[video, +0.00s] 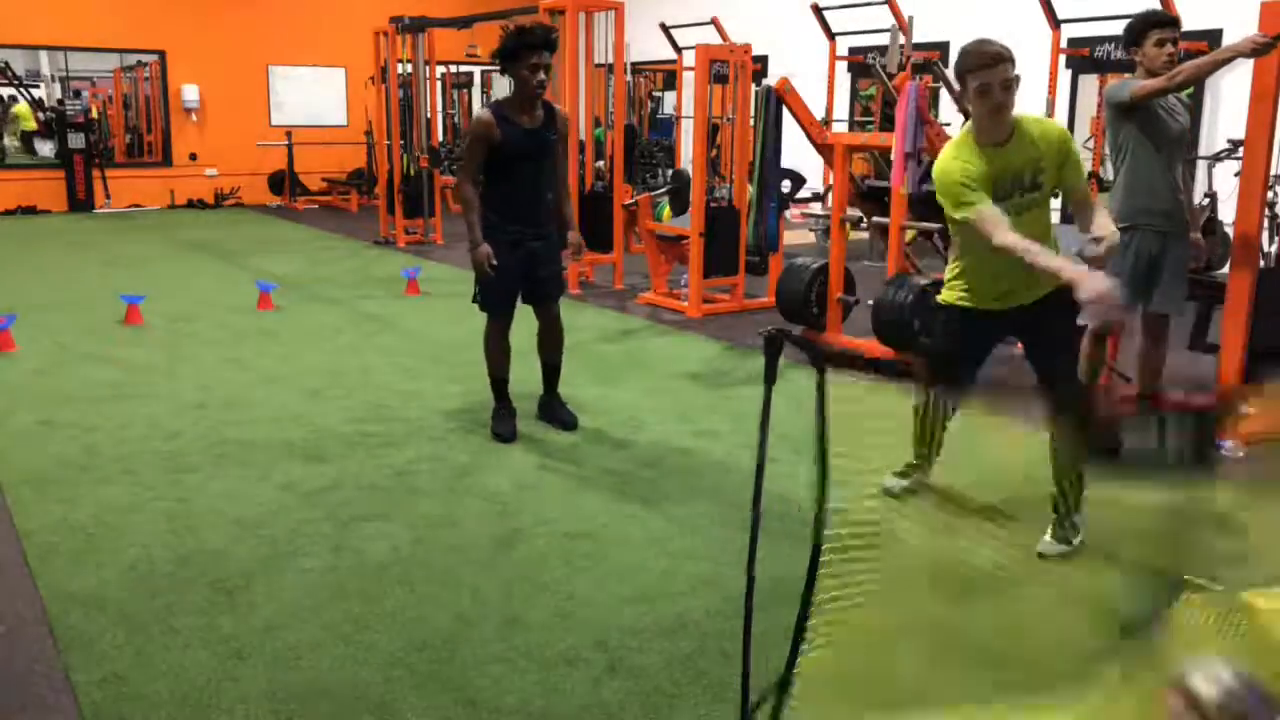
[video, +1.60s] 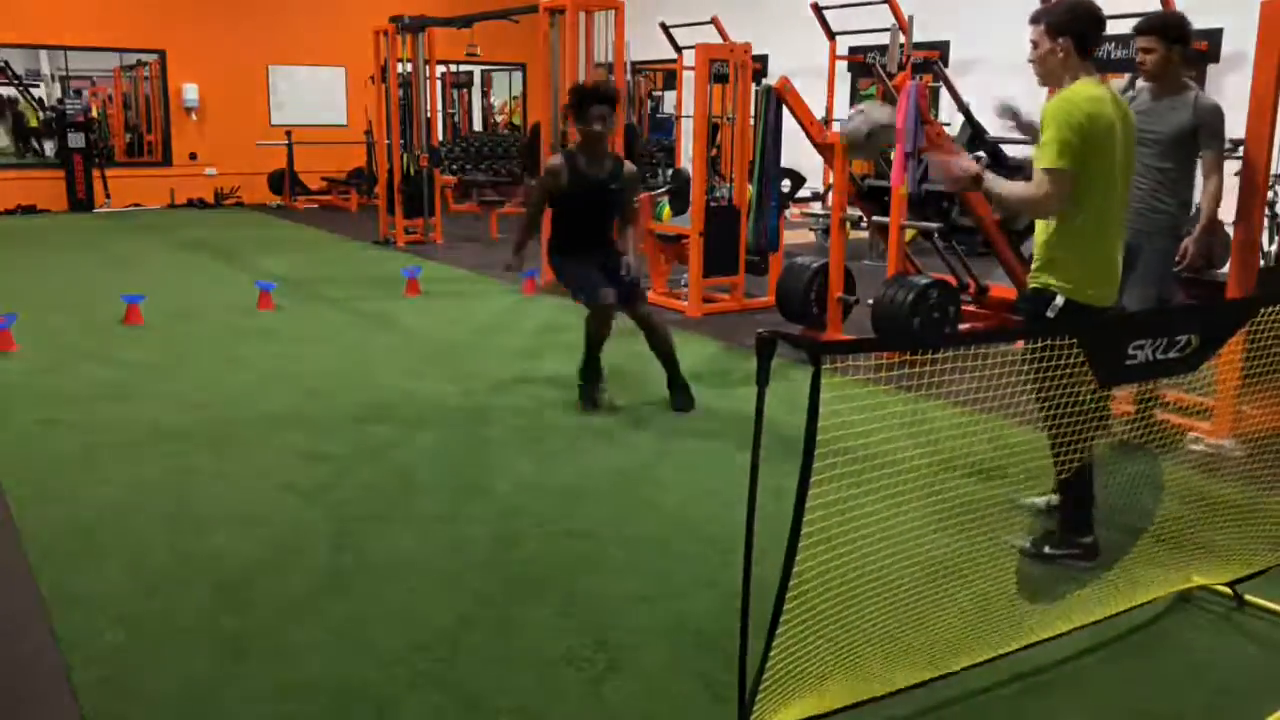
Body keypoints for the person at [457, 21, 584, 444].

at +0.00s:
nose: (540, 78)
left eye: (545, 69)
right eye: (531, 69)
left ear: (551, 72)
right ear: (509, 70)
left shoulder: (556, 121)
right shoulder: (487, 123)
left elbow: (560, 181)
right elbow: (467, 182)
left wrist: (570, 227)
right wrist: (476, 242)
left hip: (544, 240)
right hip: (500, 242)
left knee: (550, 318)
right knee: (498, 325)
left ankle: (551, 398)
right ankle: (502, 406)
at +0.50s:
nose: (564, 84)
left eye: (567, 77)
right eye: (554, 77)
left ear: (572, 84)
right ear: (531, 86)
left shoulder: (574, 136)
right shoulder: (508, 139)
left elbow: (590, 174)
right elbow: (479, 186)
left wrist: (609, 183)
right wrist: (483, 238)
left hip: (555, 238)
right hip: (513, 241)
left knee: (577, 310)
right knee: (519, 314)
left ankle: (571, 389)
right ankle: (509, 400)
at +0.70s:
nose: (561, 83)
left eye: (563, 77)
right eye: (551, 77)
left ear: (569, 84)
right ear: (531, 90)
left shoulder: (577, 137)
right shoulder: (516, 143)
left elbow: (591, 187)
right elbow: (496, 194)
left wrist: (629, 174)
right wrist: (508, 214)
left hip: (559, 238)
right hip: (524, 239)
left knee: (580, 314)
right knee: (531, 321)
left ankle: (568, 394)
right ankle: (502, 394)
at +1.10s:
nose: (586, 78)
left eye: (590, 70)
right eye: (579, 70)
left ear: (592, 70)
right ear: (556, 71)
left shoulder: (600, 115)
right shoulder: (538, 122)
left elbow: (622, 164)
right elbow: (522, 173)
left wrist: (630, 165)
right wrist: (530, 208)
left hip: (598, 226)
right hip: (557, 228)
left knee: (617, 300)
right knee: (551, 304)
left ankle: (616, 376)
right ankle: (522, 362)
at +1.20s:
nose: (604, 98)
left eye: (608, 90)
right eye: (597, 90)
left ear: (610, 89)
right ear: (577, 87)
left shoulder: (612, 127)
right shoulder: (547, 129)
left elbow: (614, 171)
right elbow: (523, 171)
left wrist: (636, 184)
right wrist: (521, 216)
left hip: (603, 224)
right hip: (566, 225)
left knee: (621, 301)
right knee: (589, 304)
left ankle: (620, 381)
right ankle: (554, 351)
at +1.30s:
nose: (616, 104)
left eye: (619, 96)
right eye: (610, 96)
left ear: (621, 98)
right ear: (589, 96)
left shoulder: (624, 138)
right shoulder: (557, 135)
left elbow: (634, 181)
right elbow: (525, 175)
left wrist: (645, 203)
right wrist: (515, 225)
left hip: (604, 226)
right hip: (569, 226)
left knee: (624, 296)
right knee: (613, 288)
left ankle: (620, 379)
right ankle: (599, 366)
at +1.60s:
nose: (597, 128)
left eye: (604, 121)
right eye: (590, 121)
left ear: (612, 125)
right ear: (576, 125)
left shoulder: (625, 172)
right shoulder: (558, 169)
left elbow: (628, 221)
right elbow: (533, 213)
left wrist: (631, 256)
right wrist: (518, 252)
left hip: (606, 252)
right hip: (568, 254)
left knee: (644, 314)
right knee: (604, 302)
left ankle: (676, 379)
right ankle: (590, 371)